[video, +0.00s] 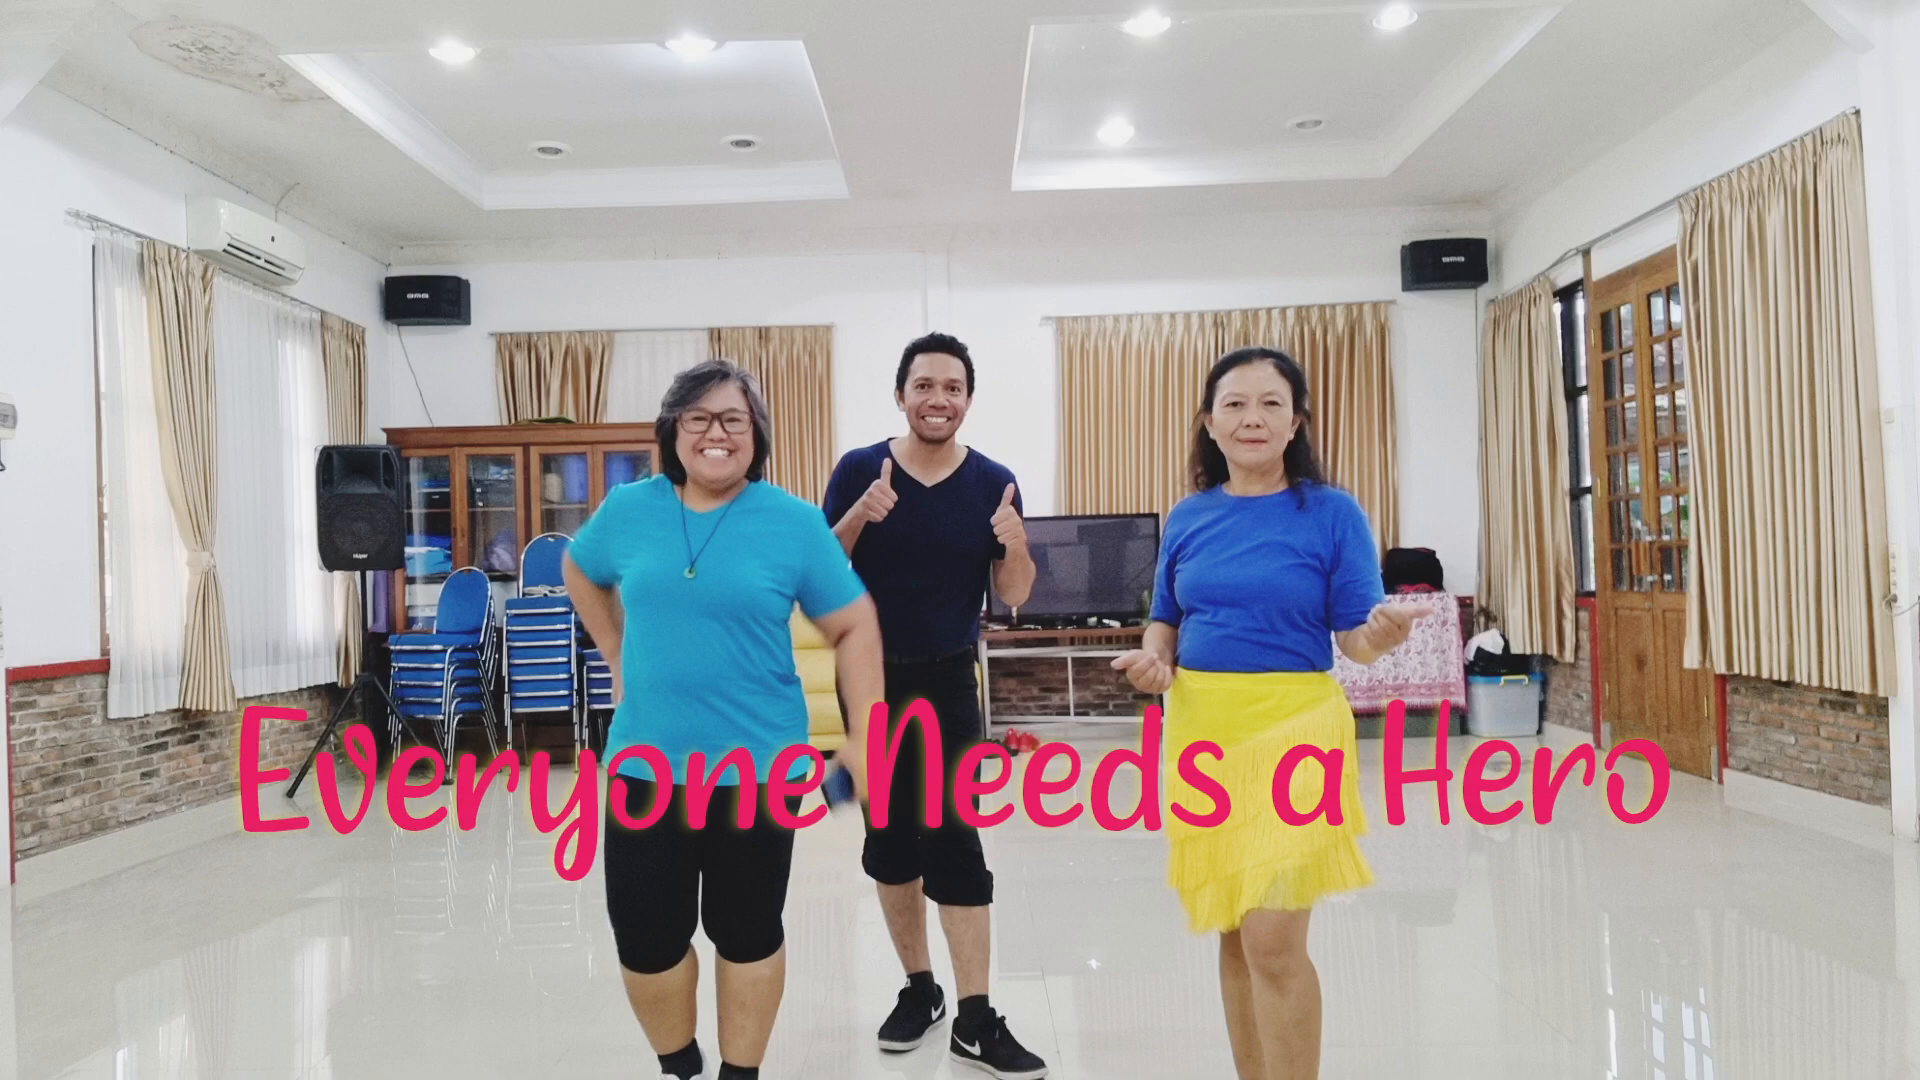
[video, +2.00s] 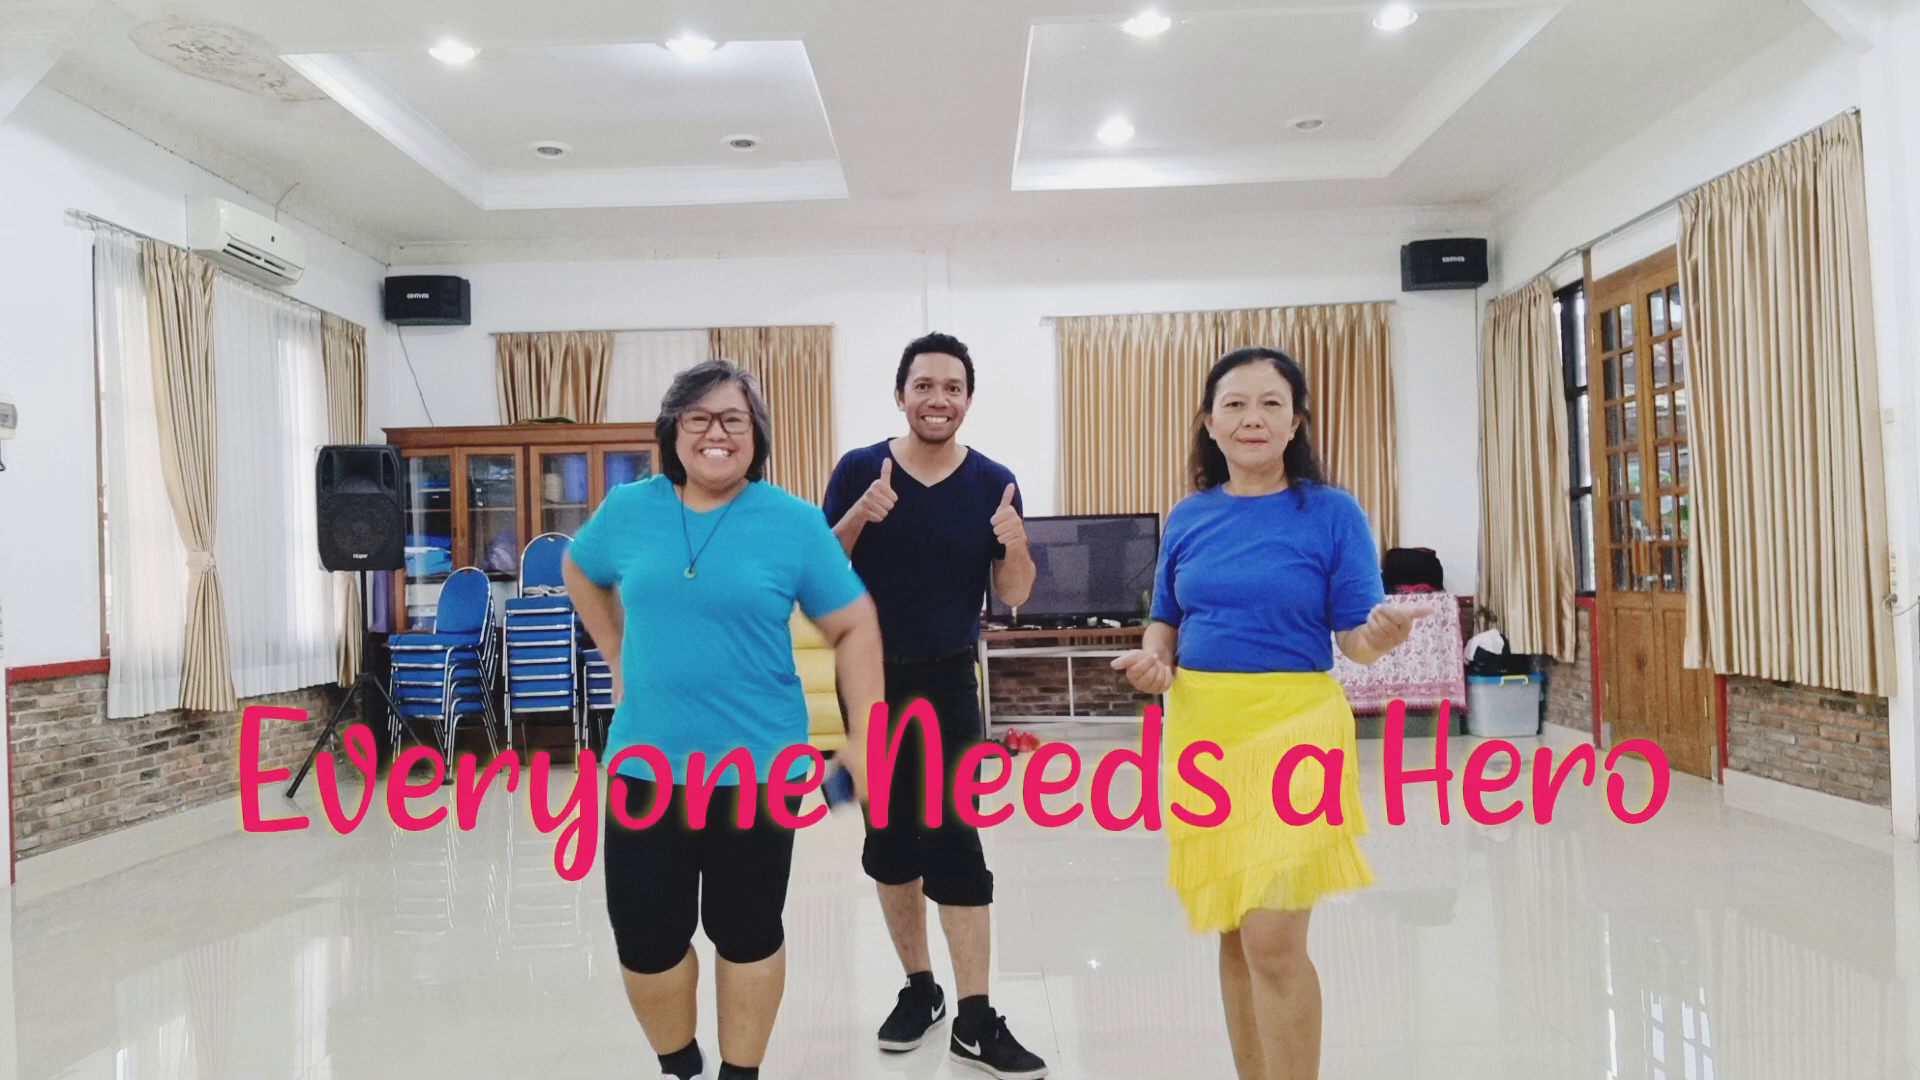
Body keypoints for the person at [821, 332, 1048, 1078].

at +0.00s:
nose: (938, 400)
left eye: (952, 388)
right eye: (924, 386)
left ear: (968, 399)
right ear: (900, 396)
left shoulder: (992, 483)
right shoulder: (858, 472)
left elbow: (1014, 595)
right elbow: (813, 570)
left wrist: (1015, 548)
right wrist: (854, 520)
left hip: (950, 676)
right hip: (872, 676)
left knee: (957, 841)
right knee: (892, 840)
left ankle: (975, 1014)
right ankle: (919, 990)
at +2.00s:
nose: (938, 400)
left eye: (952, 388)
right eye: (924, 386)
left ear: (968, 399)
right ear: (900, 396)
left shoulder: (992, 483)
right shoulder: (858, 472)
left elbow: (1014, 595)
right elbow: (813, 570)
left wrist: (1015, 548)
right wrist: (854, 520)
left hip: (950, 676)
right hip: (872, 676)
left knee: (957, 841)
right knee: (892, 840)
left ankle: (975, 1014)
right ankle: (919, 990)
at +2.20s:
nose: (938, 365)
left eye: (952, 354)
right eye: (924, 352)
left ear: (968, 365)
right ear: (901, 362)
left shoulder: (992, 448)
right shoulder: (858, 438)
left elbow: (1014, 562)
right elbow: (813, 535)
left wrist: (1015, 514)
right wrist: (854, 485)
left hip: (950, 644)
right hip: (872, 643)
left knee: (959, 809)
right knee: (892, 810)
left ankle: (975, 980)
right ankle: (919, 955)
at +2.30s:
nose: (938, 283)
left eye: (952, 271)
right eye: (924, 270)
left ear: (968, 283)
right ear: (900, 280)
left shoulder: (991, 366)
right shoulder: (858, 355)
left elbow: (1014, 479)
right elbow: (813, 453)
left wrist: (1015, 431)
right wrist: (854, 403)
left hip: (949, 562)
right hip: (870, 560)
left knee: (957, 723)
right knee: (890, 718)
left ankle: (975, 896)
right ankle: (918, 870)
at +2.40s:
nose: (939, 123)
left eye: (952, 112)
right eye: (925, 110)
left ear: (968, 124)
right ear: (901, 119)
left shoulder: (990, 206)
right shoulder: (859, 195)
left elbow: (1013, 321)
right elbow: (813, 292)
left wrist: (1015, 272)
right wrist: (855, 242)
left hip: (949, 405)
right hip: (872, 403)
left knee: (955, 570)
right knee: (893, 567)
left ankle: (978, 735)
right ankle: (919, 712)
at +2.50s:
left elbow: (1015, 52)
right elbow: (825, 31)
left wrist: (1015, 6)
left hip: (948, 130)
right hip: (870, 128)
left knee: (956, 302)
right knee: (890, 297)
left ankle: (975, 475)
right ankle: (919, 448)